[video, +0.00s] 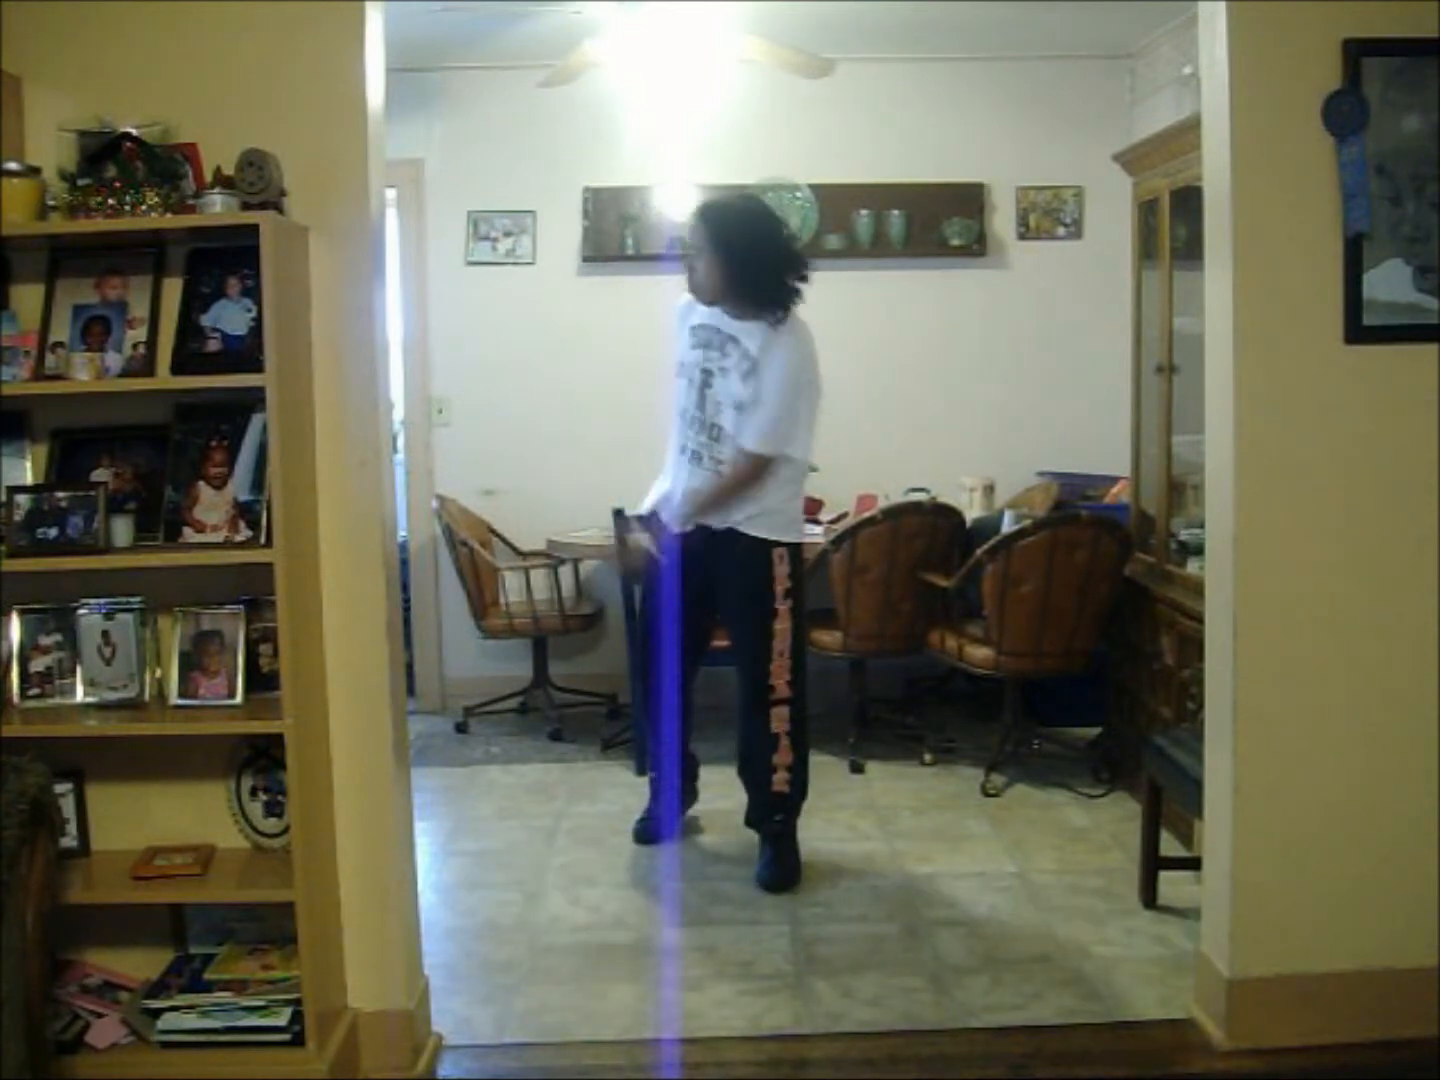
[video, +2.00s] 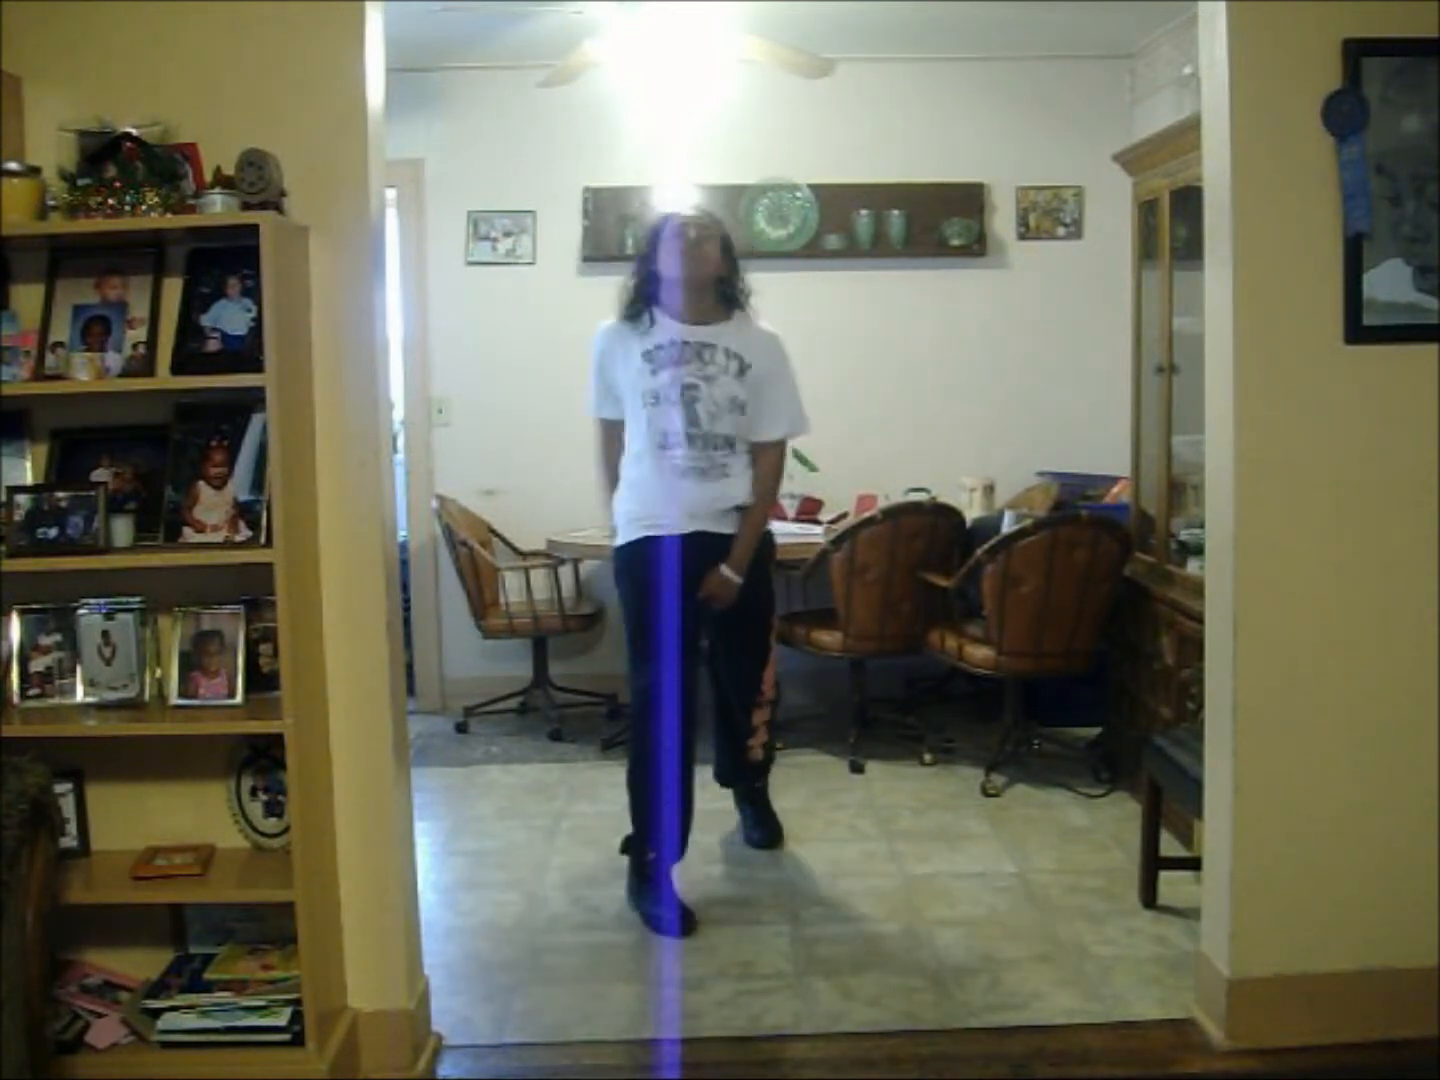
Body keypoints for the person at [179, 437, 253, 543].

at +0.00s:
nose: (219, 472)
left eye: (224, 467)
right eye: (214, 466)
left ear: (230, 469)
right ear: (203, 468)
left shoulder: (231, 488)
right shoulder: (199, 488)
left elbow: (236, 508)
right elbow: (186, 511)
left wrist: (234, 523)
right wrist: (199, 526)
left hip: (225, 533)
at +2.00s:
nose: (219, 472)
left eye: (224, 467)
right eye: (214, 466)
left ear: (230, 469)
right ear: (203, 468)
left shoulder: (231, 488)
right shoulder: (199, 488)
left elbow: (236, 509)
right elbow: (186, 510)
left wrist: (234, 523)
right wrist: (198, 525)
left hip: (225, 534)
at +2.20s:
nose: (219, 472)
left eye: (224, 467)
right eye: (214, 466)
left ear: (231, 469)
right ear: (203, 468)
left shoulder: (231, 488)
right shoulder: (199, 488)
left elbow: (236, 509)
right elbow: (186, 511)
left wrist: (234, 523)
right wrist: (199, 526)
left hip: (225, 533)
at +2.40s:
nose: (219, 472)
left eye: (224, 467)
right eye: (214, 466)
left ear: (231, 469)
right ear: (203, 468)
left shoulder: (231, 488)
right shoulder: (199, 488)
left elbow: (236, 509)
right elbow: (186, 511)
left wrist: (234, 524)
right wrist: (199, 526)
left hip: (225, 533)